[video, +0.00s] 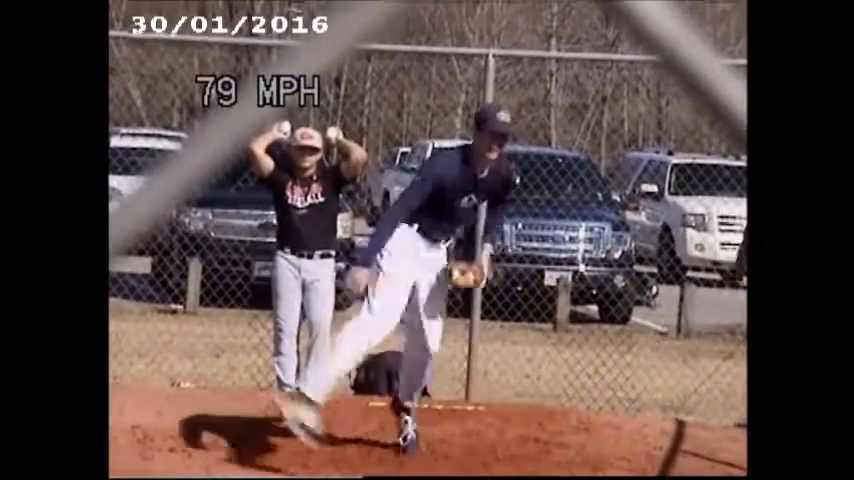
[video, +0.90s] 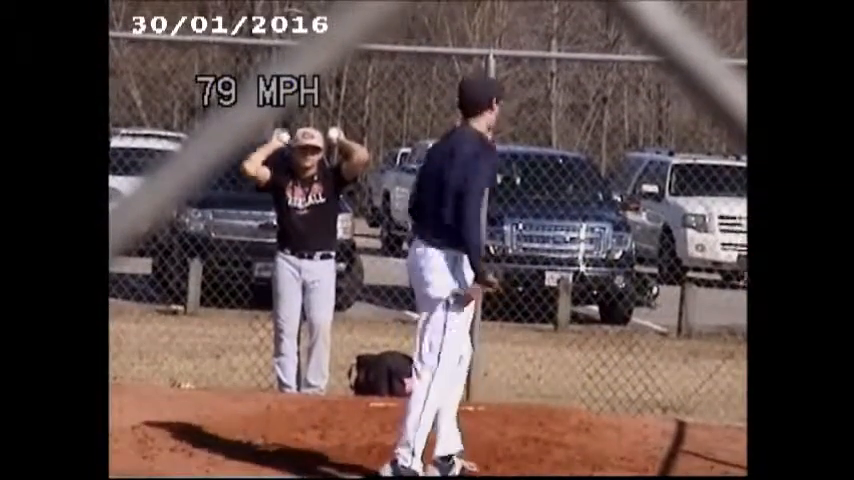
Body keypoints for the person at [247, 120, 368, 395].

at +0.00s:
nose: (307, 157)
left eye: (313, 152)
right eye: (301, 151)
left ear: (321, 153)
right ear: (291, 153)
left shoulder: (332, 177)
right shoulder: (281, 179)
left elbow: (360, 158)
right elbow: (255, 150)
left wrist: (340, 140)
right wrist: (275, 133)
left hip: (322, 261)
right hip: (287, 259)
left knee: (320, 326)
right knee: (285, 326)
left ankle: (315, 385)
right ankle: (285, 384)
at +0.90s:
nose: (307, 158)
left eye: (313, 152)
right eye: (301, 152)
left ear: (322, 154)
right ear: (292, 153)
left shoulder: (333, 177)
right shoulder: (281, 178)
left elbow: (362, 158)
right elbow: (250, 167)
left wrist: (341, 141)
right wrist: (275, 144)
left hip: (322, 261)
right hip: (288, 259)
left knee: (320, 324)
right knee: (285, 326)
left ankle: (315, 387)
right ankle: (286, 387)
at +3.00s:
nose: (309, 151)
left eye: (315, 146)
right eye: (304, 146)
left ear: (323, 147)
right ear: (294, 147)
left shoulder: (333, 173)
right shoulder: (283, 172)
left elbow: (362, 151)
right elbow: (265, 141)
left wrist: (339, 136)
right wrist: (281, 126)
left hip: (317, 257)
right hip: (283, 256)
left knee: (312, 324)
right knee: (277, 321)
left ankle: (308, 384)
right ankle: (276, 382)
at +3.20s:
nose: (309, 152)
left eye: (315, 146)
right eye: (304, 147)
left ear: (322, 147)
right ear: (294, 148)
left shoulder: (333, 173)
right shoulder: (282, 172)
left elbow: (362, 152)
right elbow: (264, 141)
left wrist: (339, 136)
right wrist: (281, 127)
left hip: (318, 258)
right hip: (283, 257)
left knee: (311, 325)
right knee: (279, 322)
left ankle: (308, 385)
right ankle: (277, 383)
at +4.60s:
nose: (303, 150)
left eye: (309, 144)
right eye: (298, 145)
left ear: (319, 147)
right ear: (290, 147)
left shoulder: (331, 173)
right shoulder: (281, 173)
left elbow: (356, 154)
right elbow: (268, 146)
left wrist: (339, 136)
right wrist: (282, 127)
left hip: (320, 258)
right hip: (286, 256)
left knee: (314, 320)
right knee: (281, 319)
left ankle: (309, 379)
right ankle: (280, 379)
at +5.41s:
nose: (307, 154)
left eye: (312, 149)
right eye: (302, 150)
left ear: (322, 150)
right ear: (294, 152)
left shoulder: (334, 176)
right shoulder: (284, 177)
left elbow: (365, 155)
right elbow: (271, 147)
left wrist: (342, 139)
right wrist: (282, 129)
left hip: (321, 260)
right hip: (286, 259)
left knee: (314, 322)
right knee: (282, 322)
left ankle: (309, 382)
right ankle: (283, 382)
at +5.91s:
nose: (308, 152)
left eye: (313, 147)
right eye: (303, 148)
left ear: (322, 149)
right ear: (294, 150)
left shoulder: (334, 175)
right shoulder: (284, 176)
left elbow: (365, 154)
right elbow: (270, 145)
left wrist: (342, 138)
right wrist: (283, 128)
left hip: (320, 260)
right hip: (286, 258)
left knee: (314, 322)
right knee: (282, 321)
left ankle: (309, 381)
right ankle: (283, 381)